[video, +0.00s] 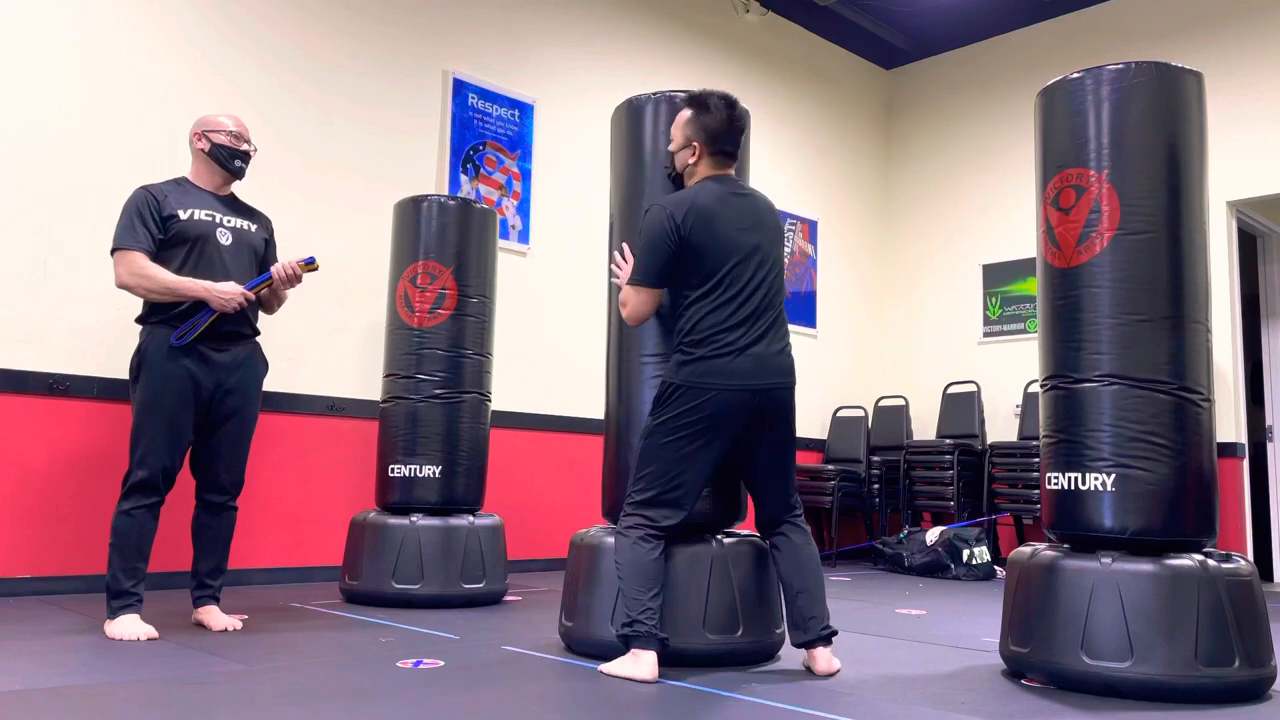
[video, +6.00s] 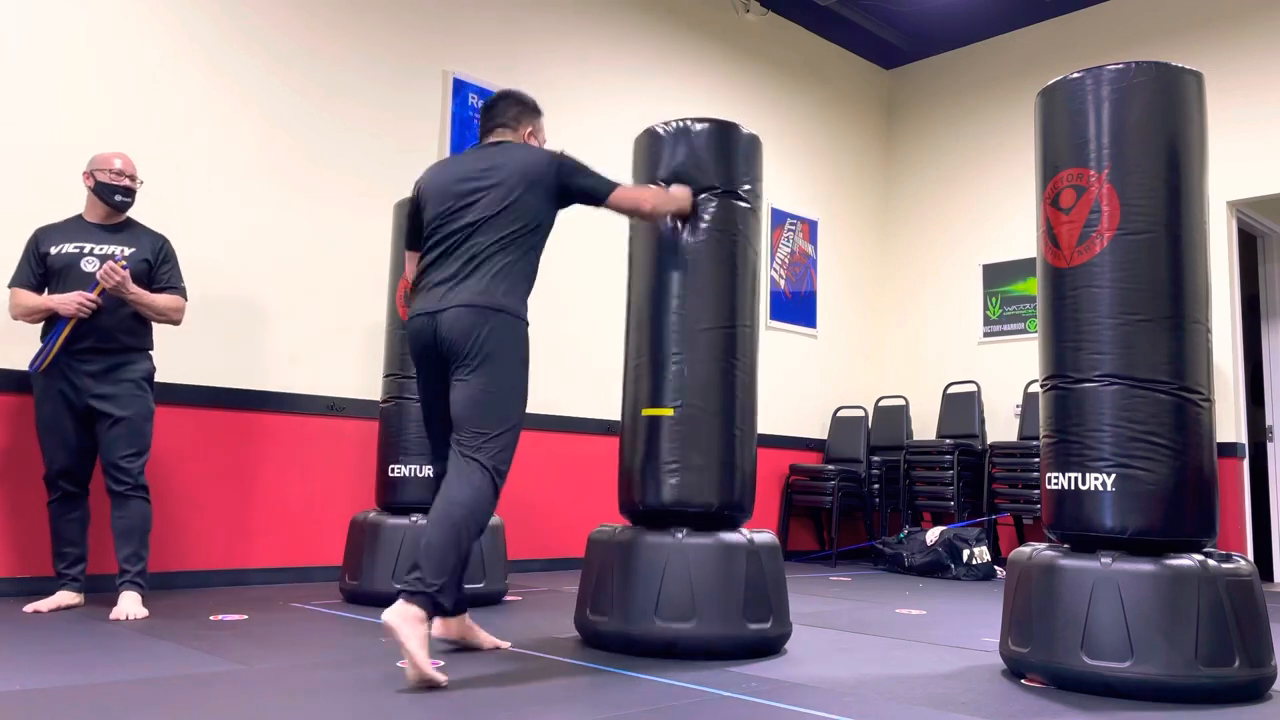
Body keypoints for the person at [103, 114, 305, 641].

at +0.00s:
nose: (243, 146)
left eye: (247, 141)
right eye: (232, 135)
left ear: (248, 156)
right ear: (199, 141)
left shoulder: (258, 223)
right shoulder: (154, 199)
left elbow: (269, 304)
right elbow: (128, 272)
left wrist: (280, 285)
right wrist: (207, 289)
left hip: (238, 363)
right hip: (170, 358)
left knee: (221, 489)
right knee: (148, 482)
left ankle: (207, 602)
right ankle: (123, 609)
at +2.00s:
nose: (213, 162)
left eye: (223, 156)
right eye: (205, 154)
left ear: (240, 165)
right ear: (189, 160)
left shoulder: (262, 233)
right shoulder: (153, 220)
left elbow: (277, 311)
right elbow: (111, 285)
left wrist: (262, 298)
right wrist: (139, 308)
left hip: (230, 372)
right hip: (160, 367)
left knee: (222, 487)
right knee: (134, 479)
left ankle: (207, 602)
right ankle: (124, 593)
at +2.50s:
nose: (143, 169)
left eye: (151, 160)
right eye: (132, 161)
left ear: (165, 163)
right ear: (113, 165)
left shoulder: (200, 223)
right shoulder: (91, 232)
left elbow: (231, 289)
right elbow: (55, 296)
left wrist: (184, 287)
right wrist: (79, 323)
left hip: (181, 370)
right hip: (115, 372)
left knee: (192, 479)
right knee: (119, 484)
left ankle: (203, 594)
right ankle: (124, 595)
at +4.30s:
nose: (226, 177)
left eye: (233, 173)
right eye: (216, 168)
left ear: (239, 185)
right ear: (190, 171)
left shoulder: (252, 240)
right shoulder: (145, 229)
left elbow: (272, 309)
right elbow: (115, 296)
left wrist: (220, 295)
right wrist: (159, 298)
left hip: (216, 375)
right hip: (150, 371)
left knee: (205, 485)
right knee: (137, 481)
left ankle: (189, 594)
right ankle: (126, 594)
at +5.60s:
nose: (153, 185)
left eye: (160, 181)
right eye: (144, 175)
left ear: (167, 192)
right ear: (119, 180)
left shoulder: (180, 249)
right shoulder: (75, 237)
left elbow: (193, 319)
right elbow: (42, 302)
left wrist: (150, 294)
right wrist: (79, 299)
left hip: (146, 383)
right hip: (79, 380)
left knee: (160, 482)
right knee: (72, 484)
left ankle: (176, 590)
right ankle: (70, 587)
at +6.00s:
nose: (123, 182)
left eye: (130, 177)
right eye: (113, 173)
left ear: (137, 188)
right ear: (87, 179)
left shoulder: (154, 245)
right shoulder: (47, 239)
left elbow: (176, 312)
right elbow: (17, 304)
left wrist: (131, 292)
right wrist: (55, 302)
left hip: (125, 380)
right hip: (60, 379)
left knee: (127, 481)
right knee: (64, 484)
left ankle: (131, 589)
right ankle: (70, 586)